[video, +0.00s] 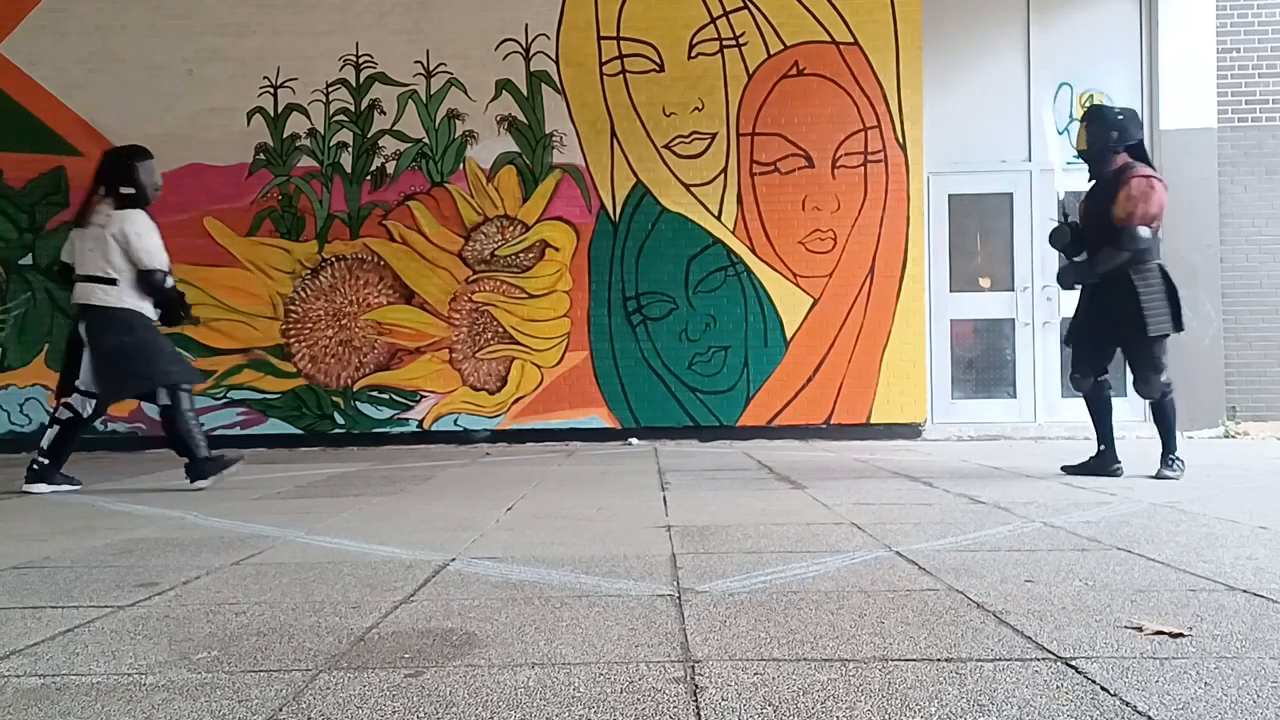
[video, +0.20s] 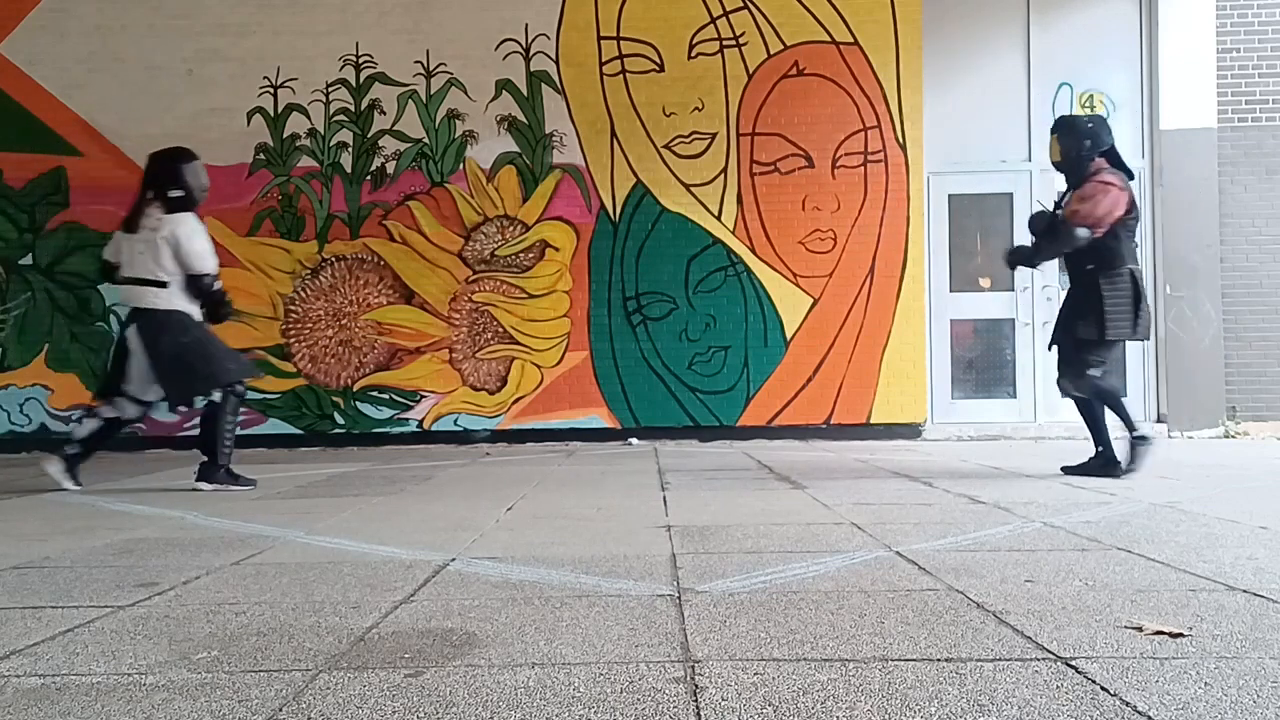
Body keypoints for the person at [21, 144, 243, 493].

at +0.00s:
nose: (159, 182)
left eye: (156, 173)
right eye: (152, 174)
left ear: (111, 179)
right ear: (134, 179)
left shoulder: (89, 216)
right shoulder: (134, 218)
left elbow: (66, 269)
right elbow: (154, 278)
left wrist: (105, 282)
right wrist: (174, 305)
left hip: (91, 322)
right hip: (125, 323)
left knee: (85, 397)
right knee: (173, 380)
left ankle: (43, 470)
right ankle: (200, 460)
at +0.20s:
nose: (204, 183)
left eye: (202, 175)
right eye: (198, 176)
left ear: (155, 181)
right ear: (183, 181)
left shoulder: (136, 219)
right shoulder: (185, 222)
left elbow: (110, 268)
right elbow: (202, 281)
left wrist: (150, 282)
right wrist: (218, 303)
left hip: (139, 324)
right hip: (174, 325)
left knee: (130, 404)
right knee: (232, 383)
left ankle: (69, 459)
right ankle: (216, 468)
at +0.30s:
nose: (228, 181)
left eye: (226, 173)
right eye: (223, 173)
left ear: (178, 178)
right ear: (209, 178)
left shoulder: (161, 215)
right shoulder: (209, 219)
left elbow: (131, 267)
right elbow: (227, 278)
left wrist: (167, 280)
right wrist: (246, 298)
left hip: (158, 320)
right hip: (193, 321)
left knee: (182, 400)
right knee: (242, 386)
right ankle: (217, 469)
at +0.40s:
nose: (252, 178)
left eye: (250, 170)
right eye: (246, 170)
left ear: (202, 175)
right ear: (232, 176)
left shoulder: (182, 212)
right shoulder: (231, 217)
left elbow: (152, 267)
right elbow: (248, 282)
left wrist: (189, 275)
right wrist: (264, 287)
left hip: (179, 313)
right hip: (211, 315)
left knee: (233, 386)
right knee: (255, 387)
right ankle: (217, 470)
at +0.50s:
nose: (273, 185)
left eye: (272, 177)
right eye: (268, 177)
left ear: (225, 177)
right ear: (253, 178)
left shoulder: (204, 212)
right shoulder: (255, 218)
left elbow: (173, 264)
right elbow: (268, 282)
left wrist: (209, 277)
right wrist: (282, 283)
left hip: (199, 312)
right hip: (232, 315)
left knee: (265, 376)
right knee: (255, 392)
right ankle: (218, 468)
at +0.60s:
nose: (291, 182)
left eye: (289, 174)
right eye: (285, 175)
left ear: (244, 179)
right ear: (271, 180)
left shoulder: (224, 216)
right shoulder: (272, 221)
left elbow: (198, 267)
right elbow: (282, 282)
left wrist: (234, 283)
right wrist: (306, 294)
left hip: (221, 319)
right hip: (253, 322)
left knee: (292, 382)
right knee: (275, 395)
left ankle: (289, 461)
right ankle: (221, 464)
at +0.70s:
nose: (307, 186)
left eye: (304, 177)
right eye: (300, 177)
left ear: (265, 185)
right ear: (283, 183)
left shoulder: (250, 220)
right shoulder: (283, 225)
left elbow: (254, 280)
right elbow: (292, 287)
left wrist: (313, 300)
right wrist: (321, 303)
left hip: (243, 319)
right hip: (268, 321)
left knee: (296, 385)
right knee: (320, 381)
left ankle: (291, 463)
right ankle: (252, 445)